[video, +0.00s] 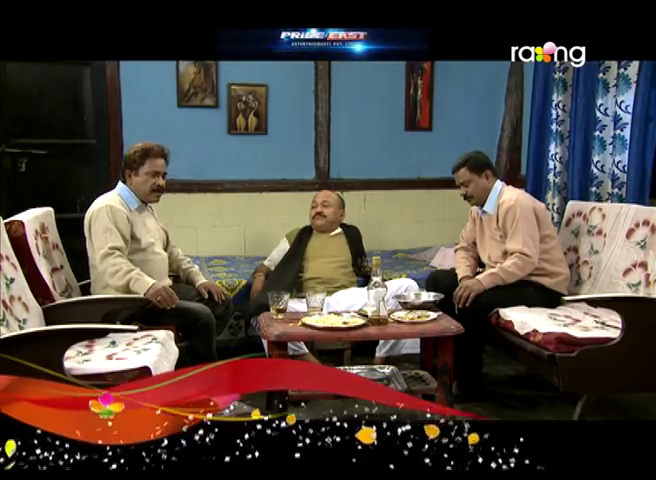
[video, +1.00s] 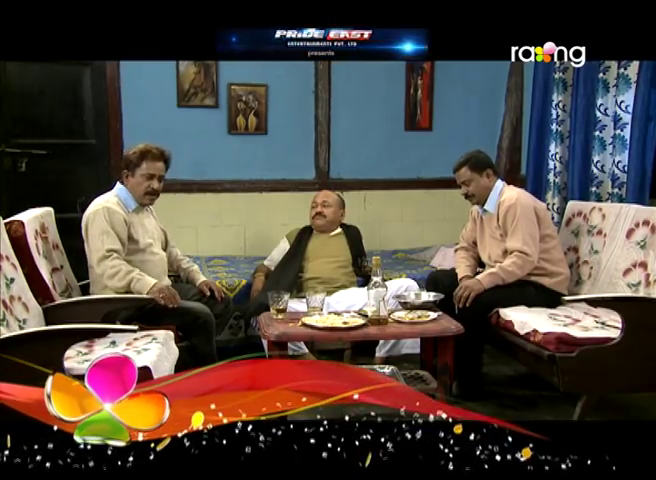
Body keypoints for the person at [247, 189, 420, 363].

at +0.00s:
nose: (318, 210)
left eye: (326, 206)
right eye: (314, 206)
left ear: (341, 213)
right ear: (309, 211)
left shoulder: (351, 233)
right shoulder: (297, 236)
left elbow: (362, 268)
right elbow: (266, 267)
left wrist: (379, 282)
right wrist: (259, 280)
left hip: (350, 297)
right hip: (309, 300)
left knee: (406, 286)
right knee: (268, 315)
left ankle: (381, 362)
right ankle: (311, 364)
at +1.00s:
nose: (318, 210)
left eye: (326, 206)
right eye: (314, 206)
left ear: (341, 213)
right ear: (309, 211)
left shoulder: (351, 233)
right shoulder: (298, 236)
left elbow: (362, 268)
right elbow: (264, 269)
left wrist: (380, 281)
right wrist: (256, 304)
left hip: (351, 297)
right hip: (310, 300)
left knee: (406, 286)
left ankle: (382, 361)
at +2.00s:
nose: (317, 210)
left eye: (325, 206)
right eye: (314, 206)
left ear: (341, 213)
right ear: (309, 211)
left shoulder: (351, 233)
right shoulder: (297, 236)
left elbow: (362, 268)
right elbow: (266, 267)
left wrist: (378, 281)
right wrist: (258, 288)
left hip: (351, 297)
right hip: (311, 300)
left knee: (407, 286)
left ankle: (381, 362)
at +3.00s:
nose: (317, 210)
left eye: (325, 206)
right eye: (314, 206)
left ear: (341, 213)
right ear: (309, 211)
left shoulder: (351, 233)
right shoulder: (297, 236)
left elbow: (362, 269)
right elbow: (265, 268)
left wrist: (377, 282)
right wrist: (256, 299)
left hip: (351, 297)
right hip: (311, 300)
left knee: (406, 286)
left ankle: (382, 362)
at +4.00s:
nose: (317, 210)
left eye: (325, 206)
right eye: (314, 206)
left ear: (340, 213)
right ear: (309, 211)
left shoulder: (351, 233)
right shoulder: (297, 236)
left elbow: (361, 269)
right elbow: (264, 269)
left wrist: (378, 280)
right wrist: (256, 301)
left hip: (350, 298)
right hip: (309, 300)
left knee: (406, 285)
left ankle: (382, 363)